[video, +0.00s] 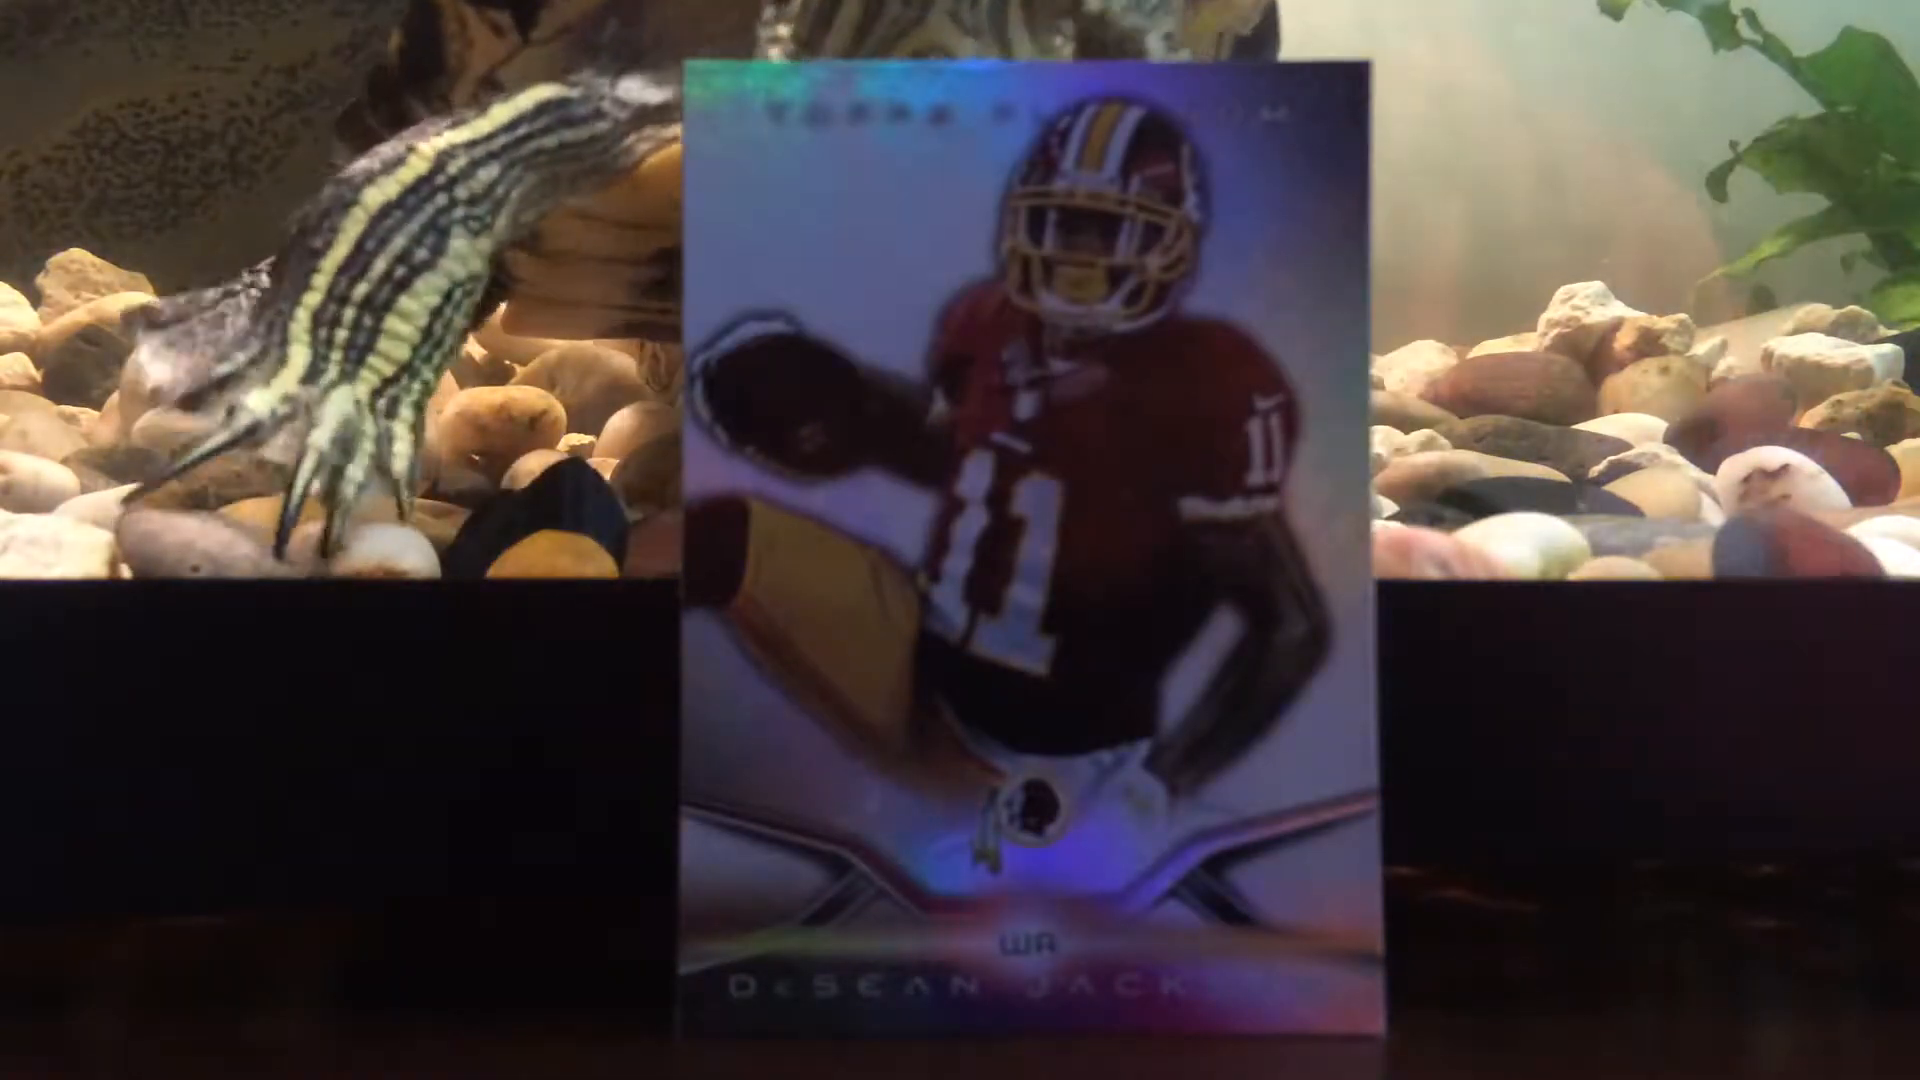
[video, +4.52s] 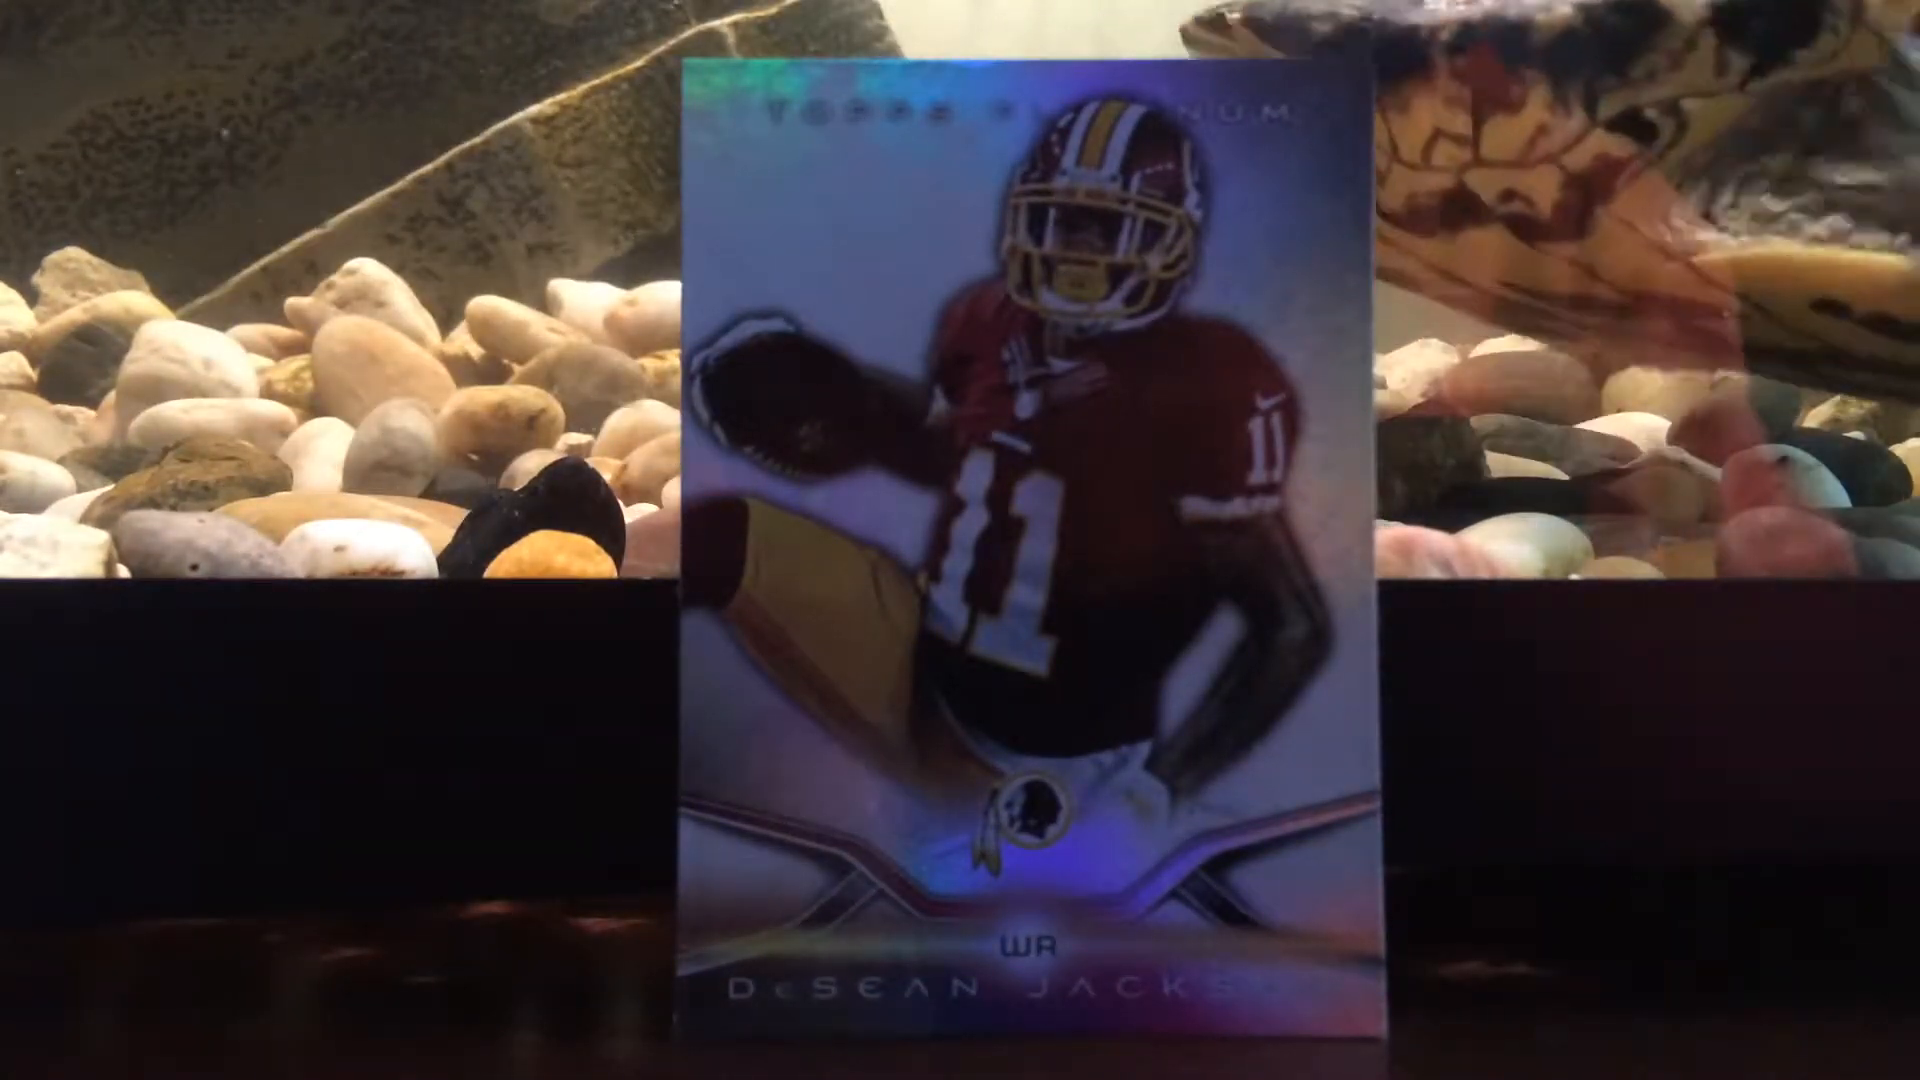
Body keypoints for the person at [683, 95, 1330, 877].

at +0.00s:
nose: (1080, 257)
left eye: (1114, 232)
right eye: (1061, 225)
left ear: (1176, 246)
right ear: (1021, 227)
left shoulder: (1213, 388)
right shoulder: (981, 327)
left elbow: (1292, 628)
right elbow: (959, 460)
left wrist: (1157, 787)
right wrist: (858, 416)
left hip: (1079, 749)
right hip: (929, 675)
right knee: (718, 538)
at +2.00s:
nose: (1079, 259)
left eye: (1114, 233)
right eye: (1059, 225)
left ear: (1175, 247)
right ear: (1020, 226)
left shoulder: (1217, 386)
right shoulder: (979, 325)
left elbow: (1294, 628)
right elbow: (958, 457)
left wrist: (1157, 792)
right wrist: (852, 411)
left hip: (1078, 753)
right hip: (929, 688)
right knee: (713, 539)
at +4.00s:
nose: (1080, 253)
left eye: (1114, 229)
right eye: (1060, 221)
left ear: (1175, 244)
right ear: (1021, 225)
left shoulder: (1214, 383)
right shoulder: (980, 325)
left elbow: (1294, 630)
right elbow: (955, 457)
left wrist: (1155, 793)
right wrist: (852, 411)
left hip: (1077, 758)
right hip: (927, 680)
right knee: (713, 535)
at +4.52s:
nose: (1078, 251)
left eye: (1112, 227)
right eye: (1058, 220)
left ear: (1175, 244)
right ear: (1020, 224)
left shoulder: (1216, 384)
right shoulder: (980, 325)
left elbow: (1294, 630)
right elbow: (956, 458)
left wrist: (1157, 790)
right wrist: (852, 411)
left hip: (1083, 757)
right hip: (929, 683)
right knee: (711, 536)